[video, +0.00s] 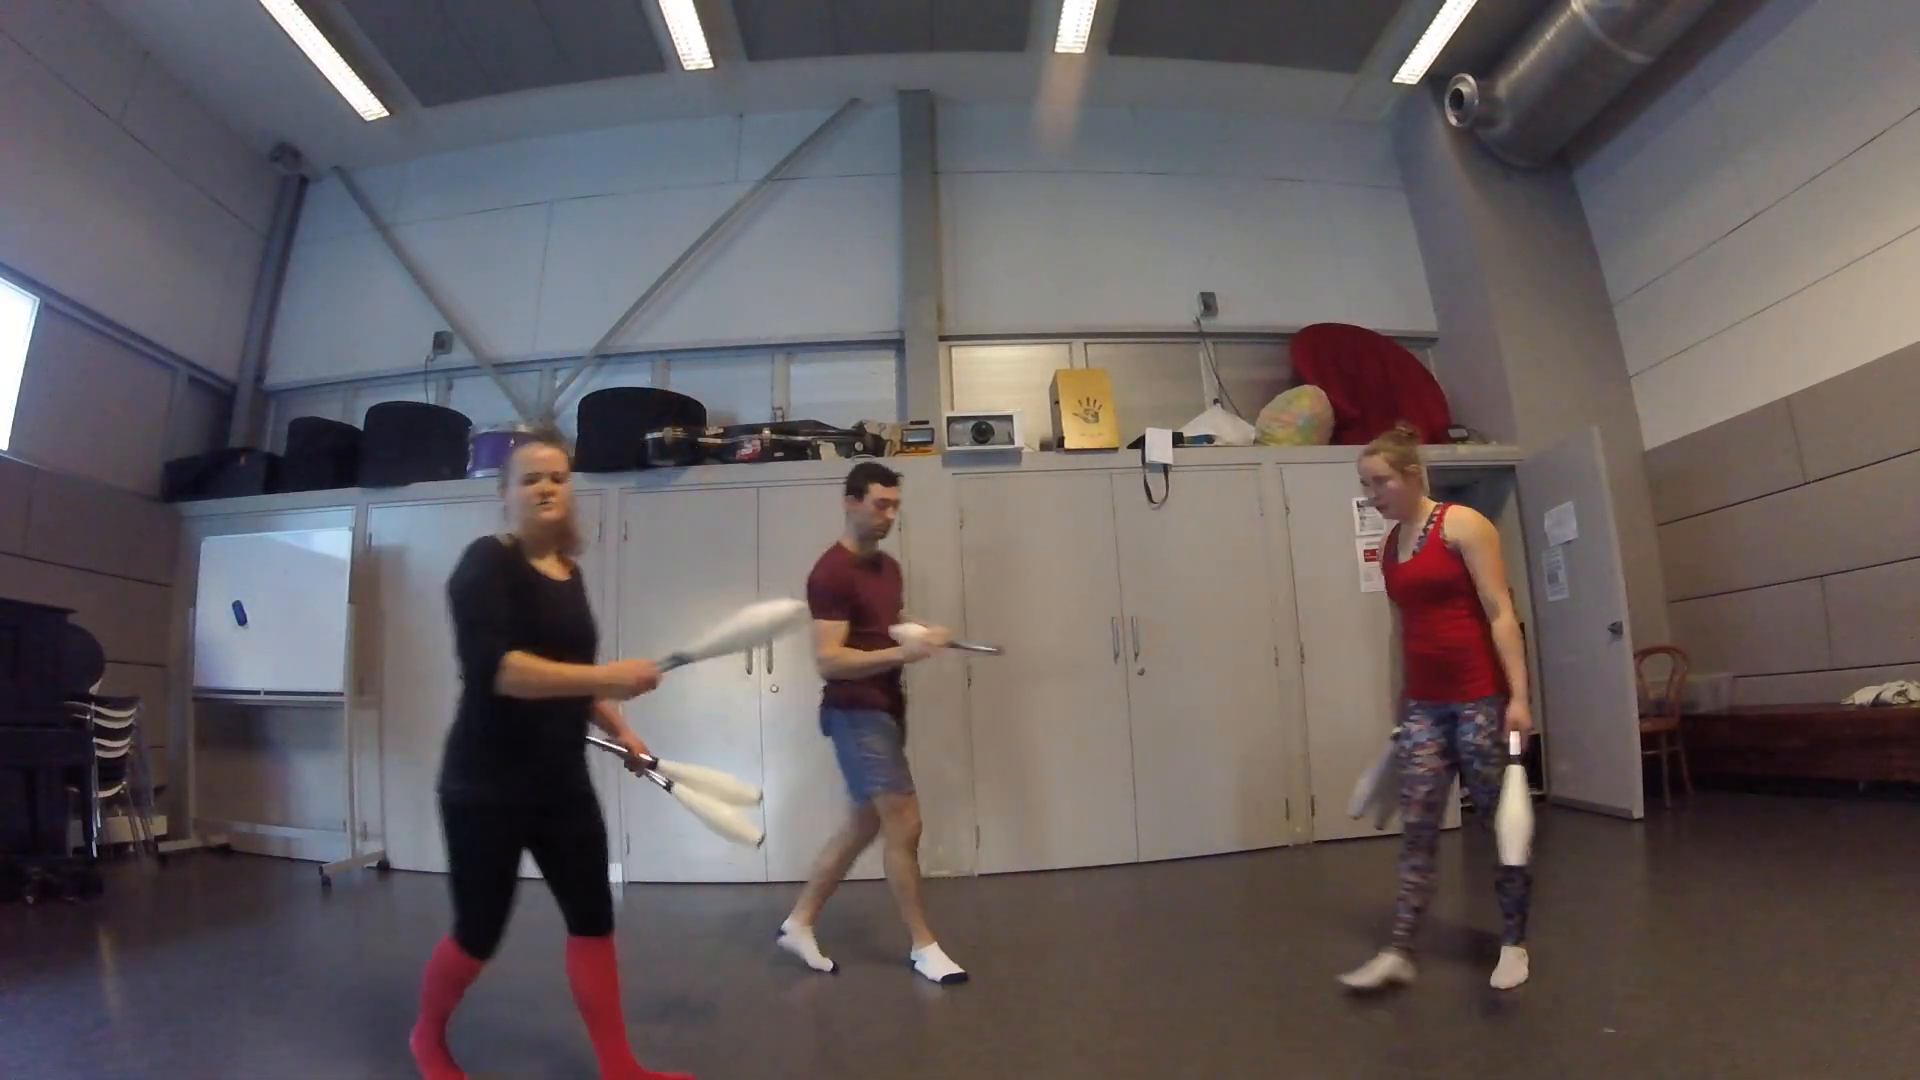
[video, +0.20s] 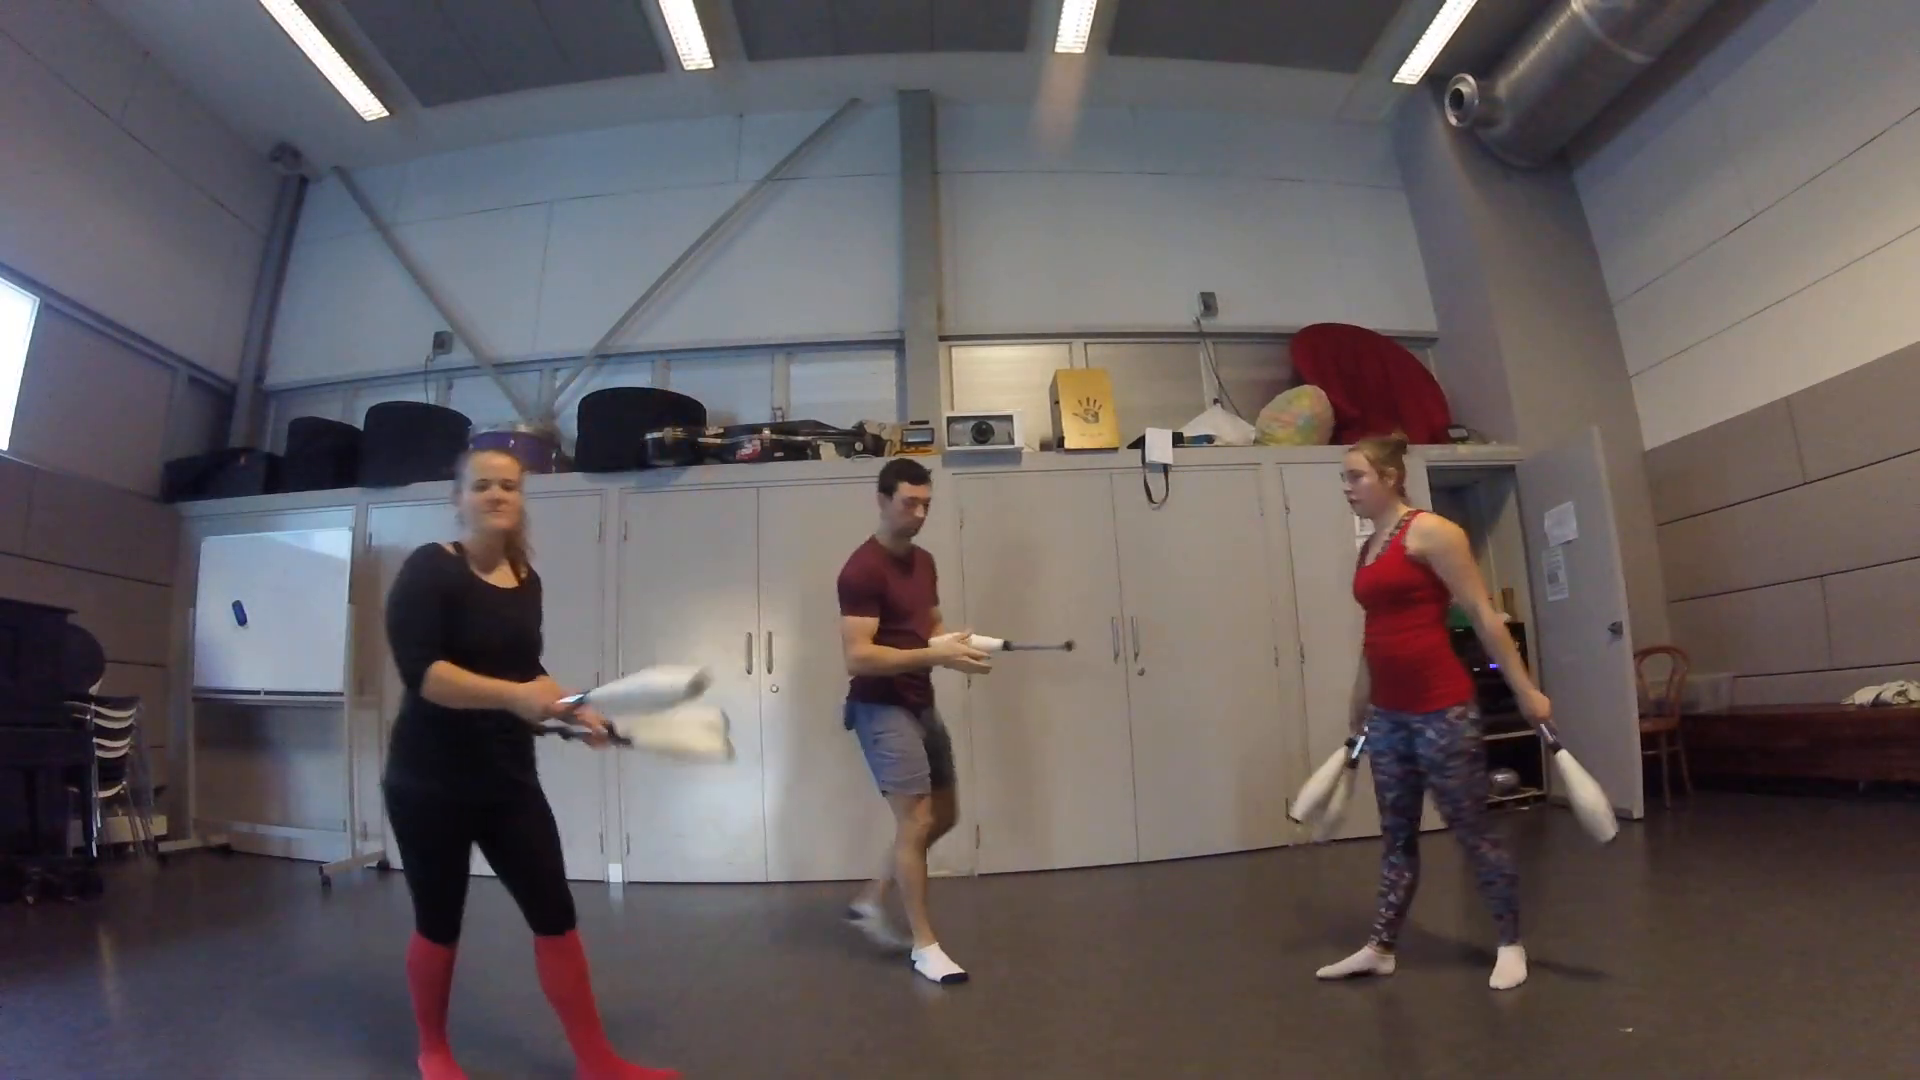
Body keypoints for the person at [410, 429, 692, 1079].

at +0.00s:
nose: (547, 489)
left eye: (557, 477)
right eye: (531, 480)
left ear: (571, 488)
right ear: (508, 494)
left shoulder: (567, 572)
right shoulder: (486, 564)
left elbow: (568, 671)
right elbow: (500, 672)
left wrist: (616, 728)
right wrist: (605, 678)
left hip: (559, 773)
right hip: (486, 777)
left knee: (592, 919)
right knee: (478, 931)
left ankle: (618, 1065)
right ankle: (426, 1040)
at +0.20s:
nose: (498, 495)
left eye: (509, 486)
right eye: (484, 485)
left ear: (524, 500)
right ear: (459, 498)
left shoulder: (525, 580)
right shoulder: (428, 569)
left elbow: (523, 676)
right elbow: (426, 676)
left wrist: (573, 713)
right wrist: (520, 696)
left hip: (505, 772)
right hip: (429, 776)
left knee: (554, 914)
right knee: (438, 922)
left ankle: (594, 1058)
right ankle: (433, 1053)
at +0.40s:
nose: (468, 491)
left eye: (478, 481)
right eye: (454, 481)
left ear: (492, 494)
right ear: (430, 495)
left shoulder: (503, 574)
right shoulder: (398, 563)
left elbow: (515, 657)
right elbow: (391, 665)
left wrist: (534, 677)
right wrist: (483, 685)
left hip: (483, 758)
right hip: (408, 762)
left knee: (528, 894)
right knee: (422, 909)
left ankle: (502, 1011)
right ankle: (431, 1048)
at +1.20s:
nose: (452, 525)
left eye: (456, 516)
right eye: (440, 515)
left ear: (459, 525)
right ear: (408, 522)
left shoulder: (466, 592)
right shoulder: (371, 583)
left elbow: (475, 663)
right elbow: (330, 662)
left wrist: (500, 668)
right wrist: (391, 673)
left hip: (455, 757)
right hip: (388, 758)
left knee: (445, 878)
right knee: (391, 884)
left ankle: (440, 991)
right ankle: (345, 992)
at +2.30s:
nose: (445, 525)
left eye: (445, 517)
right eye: (434, 516)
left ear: (438, 528)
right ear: (398, 524)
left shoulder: (443, 592)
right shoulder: (374, 582)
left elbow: (478, 657)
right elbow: (385, 644)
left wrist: (524, 622)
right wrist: (450, 600)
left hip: (449, 748)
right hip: (393, 753)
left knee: (456, 870)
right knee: (407, 880)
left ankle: (465, 985)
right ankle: (358, 987)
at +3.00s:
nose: (465, 519)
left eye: (465, 510)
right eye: (454, 510)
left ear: (458, 522)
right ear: (417, 519)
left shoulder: (462, 586)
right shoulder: (395, 582)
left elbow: (505, 645)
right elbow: (400, 660)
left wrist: (536, 590)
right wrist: (481, 671)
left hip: (457, 748)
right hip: (402, 751)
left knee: (457, 871)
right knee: (403, 875)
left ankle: (465, 986)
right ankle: (404, 1005)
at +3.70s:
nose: (472, 519)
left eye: (472, 510)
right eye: (460, 510)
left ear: (466, 520)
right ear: (425, 520)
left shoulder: (471, 589)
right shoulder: (411, 580)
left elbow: (487, 660)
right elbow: (454, 636)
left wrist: (537, 676)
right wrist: (530, 626)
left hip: (466, 751)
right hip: (414, 753)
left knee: (462, 870)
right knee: (410, 872)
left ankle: (466, 986)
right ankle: (404, 1005)